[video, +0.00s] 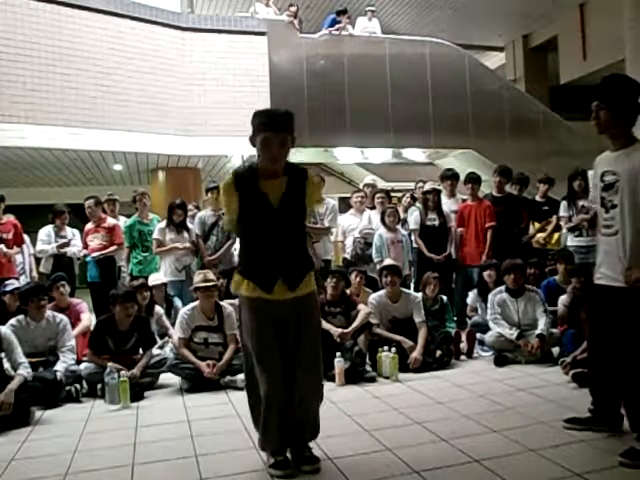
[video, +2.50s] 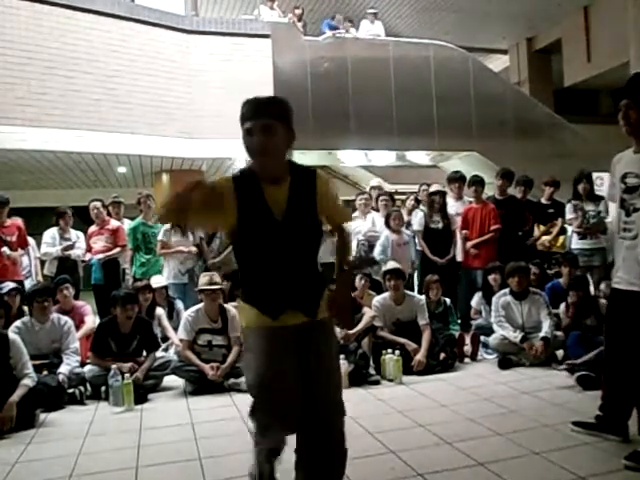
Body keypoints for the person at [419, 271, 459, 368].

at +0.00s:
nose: (432, 288)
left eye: (435, 285)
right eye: (429, 284)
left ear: (439, 287)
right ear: (424, 286)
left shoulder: (443, 300)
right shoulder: (418, 299)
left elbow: (449, 319)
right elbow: (416, 317)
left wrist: (450, 331)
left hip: (440, 329)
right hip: (425, 329)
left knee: (446, 336)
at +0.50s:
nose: (436, 291)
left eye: (438, 288)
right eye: (433, 288)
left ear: (442, 290)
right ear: (428, 289)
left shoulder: (447, 302)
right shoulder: (422, 302)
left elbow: (453, 321)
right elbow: (421, 321)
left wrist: (454, 334)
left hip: (444, 331)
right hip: (429, 331)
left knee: (450, 339)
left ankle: (443, 357)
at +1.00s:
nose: (435, 291)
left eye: (438, 288)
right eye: (432, 288)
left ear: (442, 290)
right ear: (427, 290)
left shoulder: (446, 303)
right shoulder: (421, 302)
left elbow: (453, 321)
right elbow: (420, 321)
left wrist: (454, 333)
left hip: (444, 331)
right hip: (429, 331)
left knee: (449, 338)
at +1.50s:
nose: (435, 292)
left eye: (437, 288)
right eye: (432, 289)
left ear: (441, 290)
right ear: (427, 290)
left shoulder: (446, 303)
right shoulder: (422, 302)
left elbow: (453, 322)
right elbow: (421, 321)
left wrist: (453, 334)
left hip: (444, 331)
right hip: (429, 331)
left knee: (449, 338)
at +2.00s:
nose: (435, 292)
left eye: (437, 288)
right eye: (432, 289)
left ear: (441, 290)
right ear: (427, 291)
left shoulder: (446, 303)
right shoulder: (421, 302)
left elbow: (453, 322)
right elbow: (421, 321)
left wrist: (452, 334)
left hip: (444, 330)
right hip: (429, 331)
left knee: (449, 338)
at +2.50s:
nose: (435, 292)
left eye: (437, 289)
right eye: (432, 289)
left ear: (441, 290)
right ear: (427, 291)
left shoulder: (446, 303)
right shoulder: (421, 303)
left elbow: (453, 322)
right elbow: (421, 322)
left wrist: (453, 334)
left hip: (444, 331)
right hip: (429, 331)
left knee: (449, 338)